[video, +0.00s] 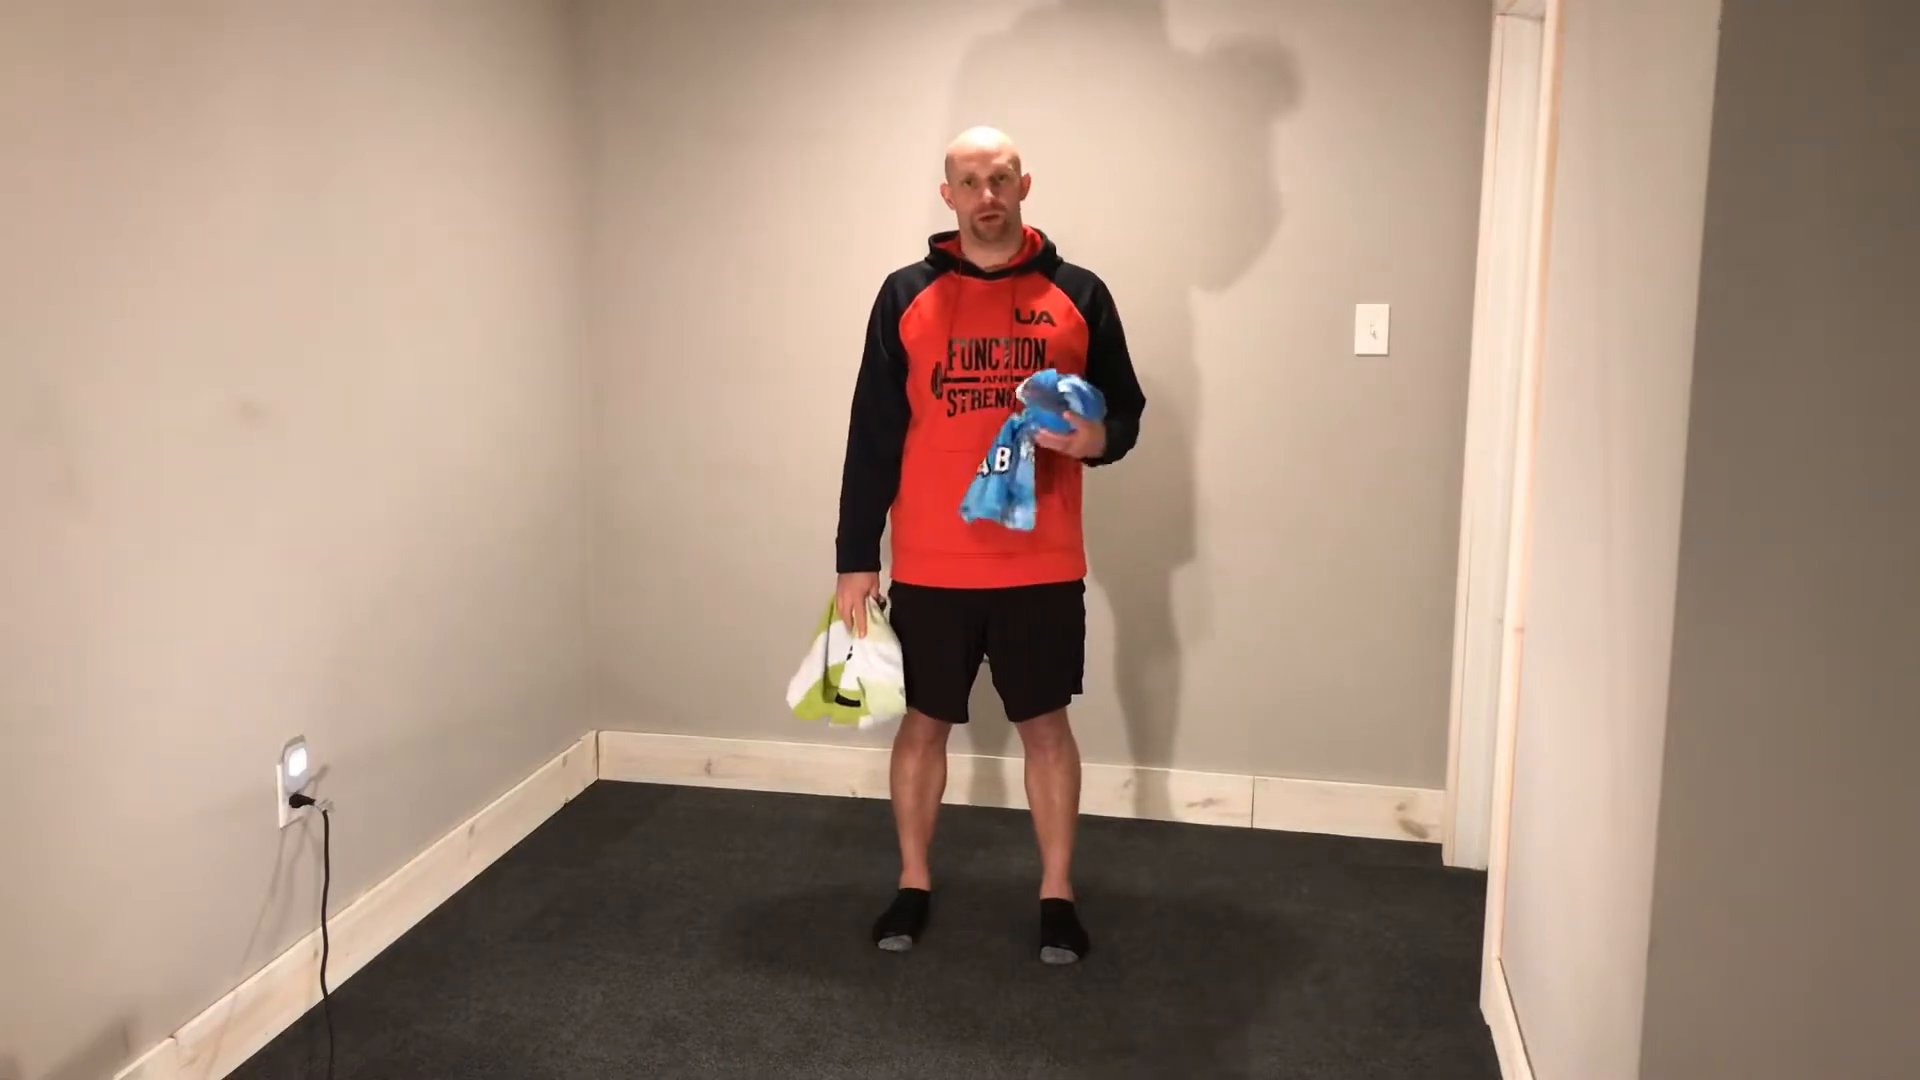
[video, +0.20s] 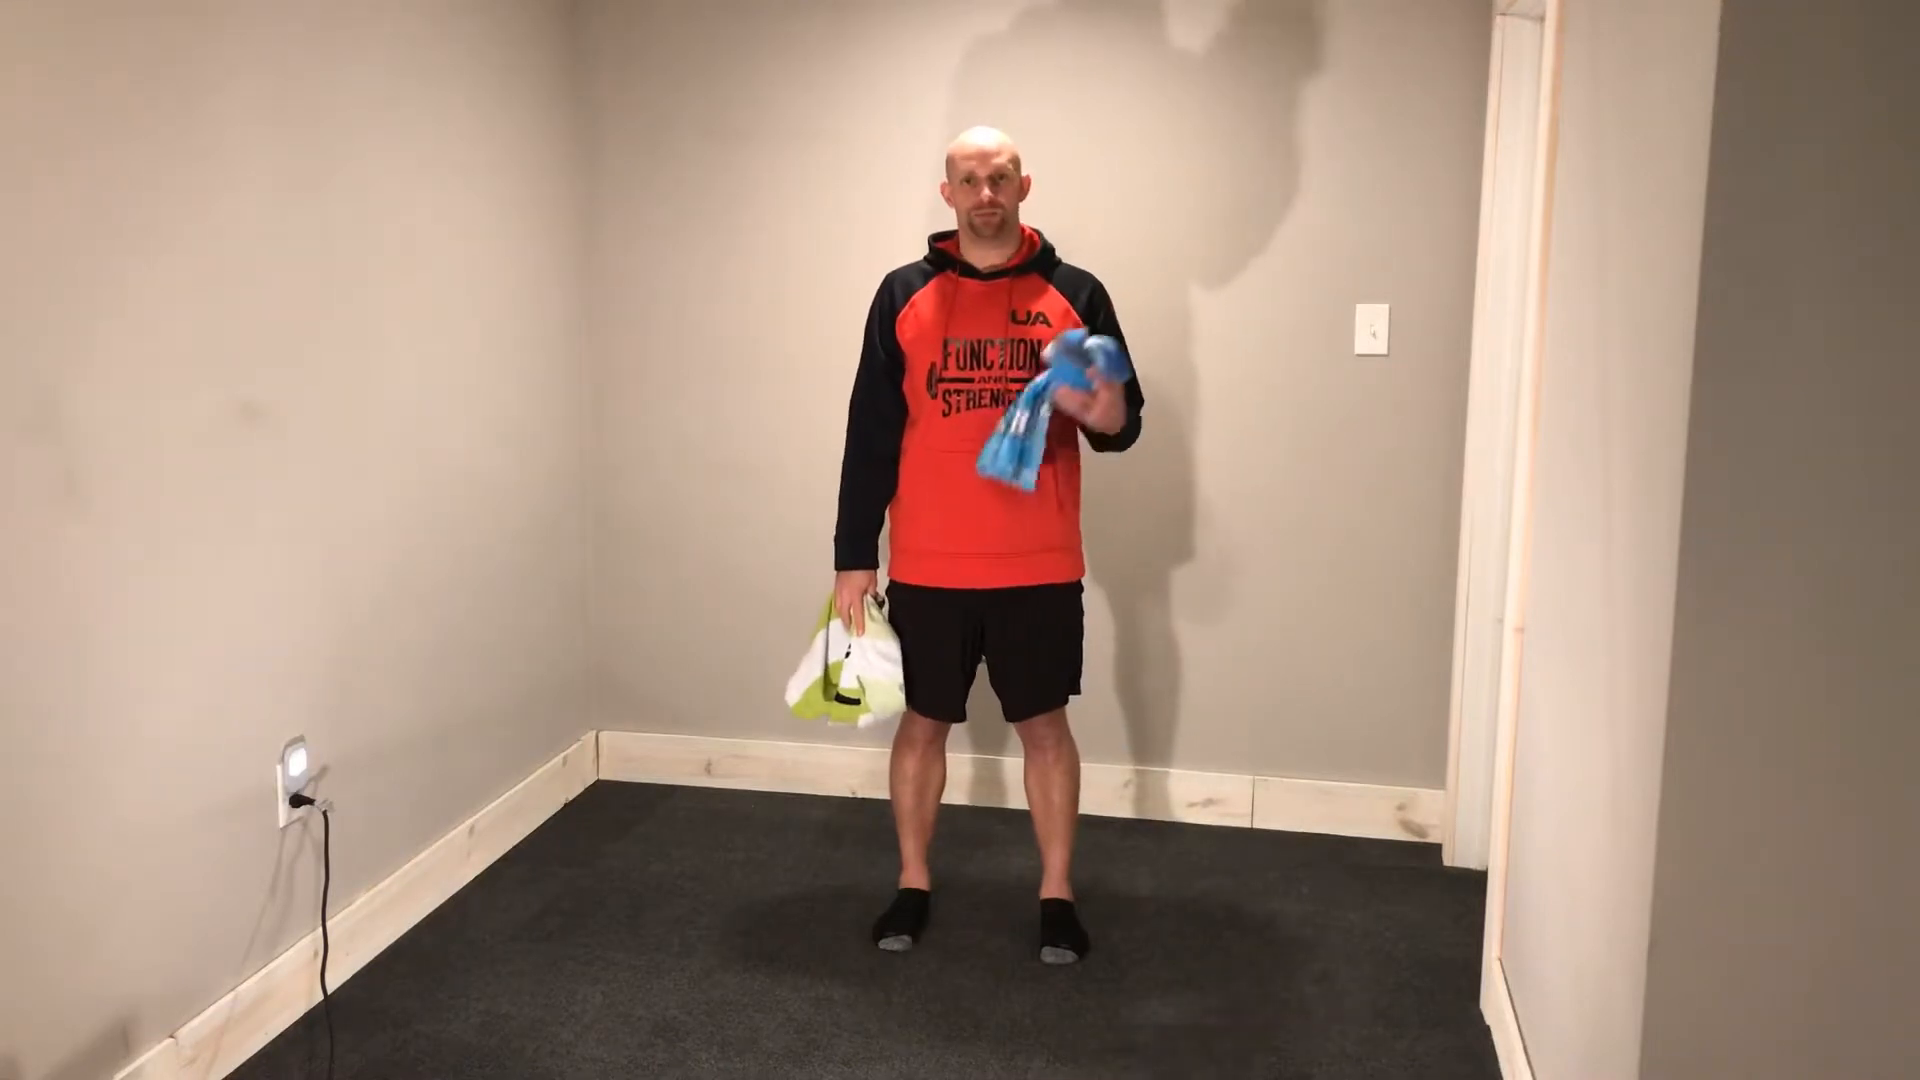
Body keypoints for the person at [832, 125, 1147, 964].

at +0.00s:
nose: (986, 195)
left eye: (999, 180)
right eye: (969, 182)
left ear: (1024, 188)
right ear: (947, 193)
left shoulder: (1079, 294)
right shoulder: (907, 297)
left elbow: (1123, 412)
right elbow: (873, 434)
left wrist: (1098, 439)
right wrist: (856, 558)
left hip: (1038, 560)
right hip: (933, 561)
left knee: (1044, 724)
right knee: (924, 723)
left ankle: (1057, 896)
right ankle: (911, 888)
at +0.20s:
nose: (984, 192)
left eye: (998, 178)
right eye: (968, 180)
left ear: (1024, 187)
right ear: (947, 192)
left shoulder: (1076, 295)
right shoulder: (905, 296)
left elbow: (1123, 424)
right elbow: (871, 432)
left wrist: (1106, 418)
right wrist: (854, 556)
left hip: (1035, 561)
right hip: (930, 562)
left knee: (1042, 724)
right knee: (923, 722)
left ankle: (1058, 896)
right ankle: (911, 887)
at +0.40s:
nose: (990, 195)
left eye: (1004, 181)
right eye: (975, 180)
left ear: (1026, 192)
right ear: (949, 189)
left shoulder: (1073, 294)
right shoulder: (902, 296)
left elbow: (1108, 425)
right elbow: (869, 434)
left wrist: (1149, 396)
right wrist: (852, 558)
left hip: (1035, 559)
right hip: (930, 560)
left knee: (1041, 723)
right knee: (920, 721)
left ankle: (1056, 896)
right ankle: (912, 888)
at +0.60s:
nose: (987, 194)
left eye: (1002, 180)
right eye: (972, 179)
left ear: (1025, 192)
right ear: (947, 189)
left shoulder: (1072, 295)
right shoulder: (901, 296)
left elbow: (1105, 427)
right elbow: (869, 435)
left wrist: (1142, 403)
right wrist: (853, 557)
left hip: (1035, 559)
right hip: (930, 559)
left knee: (1041, 724)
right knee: (922, 719)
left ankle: (1056, 896)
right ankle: (911, 886)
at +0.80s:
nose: (990, 193)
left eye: (1006, 180)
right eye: (976, 179)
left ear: (1027, 191)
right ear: (950, 188)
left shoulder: (1072, 295)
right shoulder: (903, 295)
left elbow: (1118, 425)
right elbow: (870, 431)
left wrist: (1101, 400)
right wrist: (853, 555)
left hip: (1034, 560)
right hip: (929, 560)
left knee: (1041, 724)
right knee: (922, 722)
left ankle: (1058, 897)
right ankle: (911, 888)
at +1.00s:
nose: (993, 194)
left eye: (1007, 181)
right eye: (979, 180)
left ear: (1027, 191)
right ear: (952, 188)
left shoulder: (1076, 294)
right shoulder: (904, 294)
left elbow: (1119, 417)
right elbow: (871, 431)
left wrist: (1065, 414)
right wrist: (856, 555)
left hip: (1036, 563)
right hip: (931, 563)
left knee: (1043, 726)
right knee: (923, 724)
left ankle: (1058, 896)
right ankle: (911, 888)